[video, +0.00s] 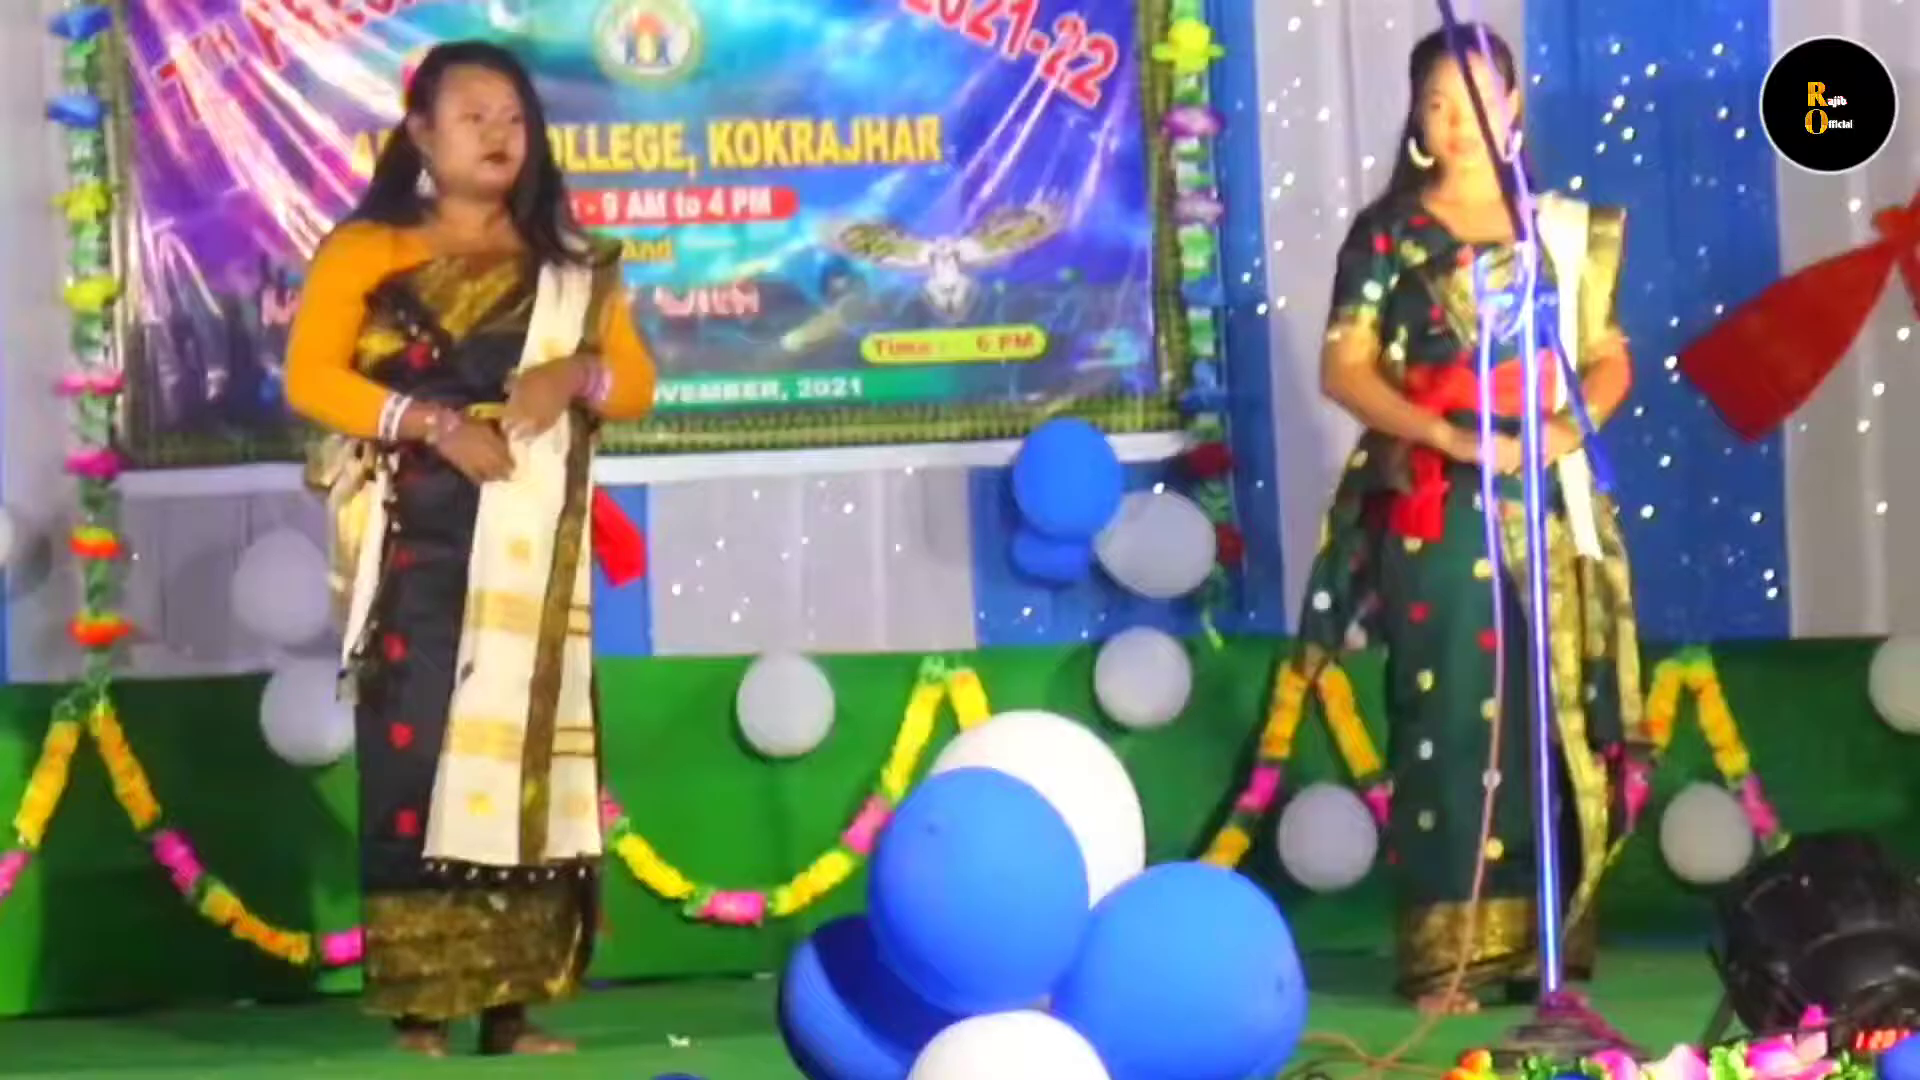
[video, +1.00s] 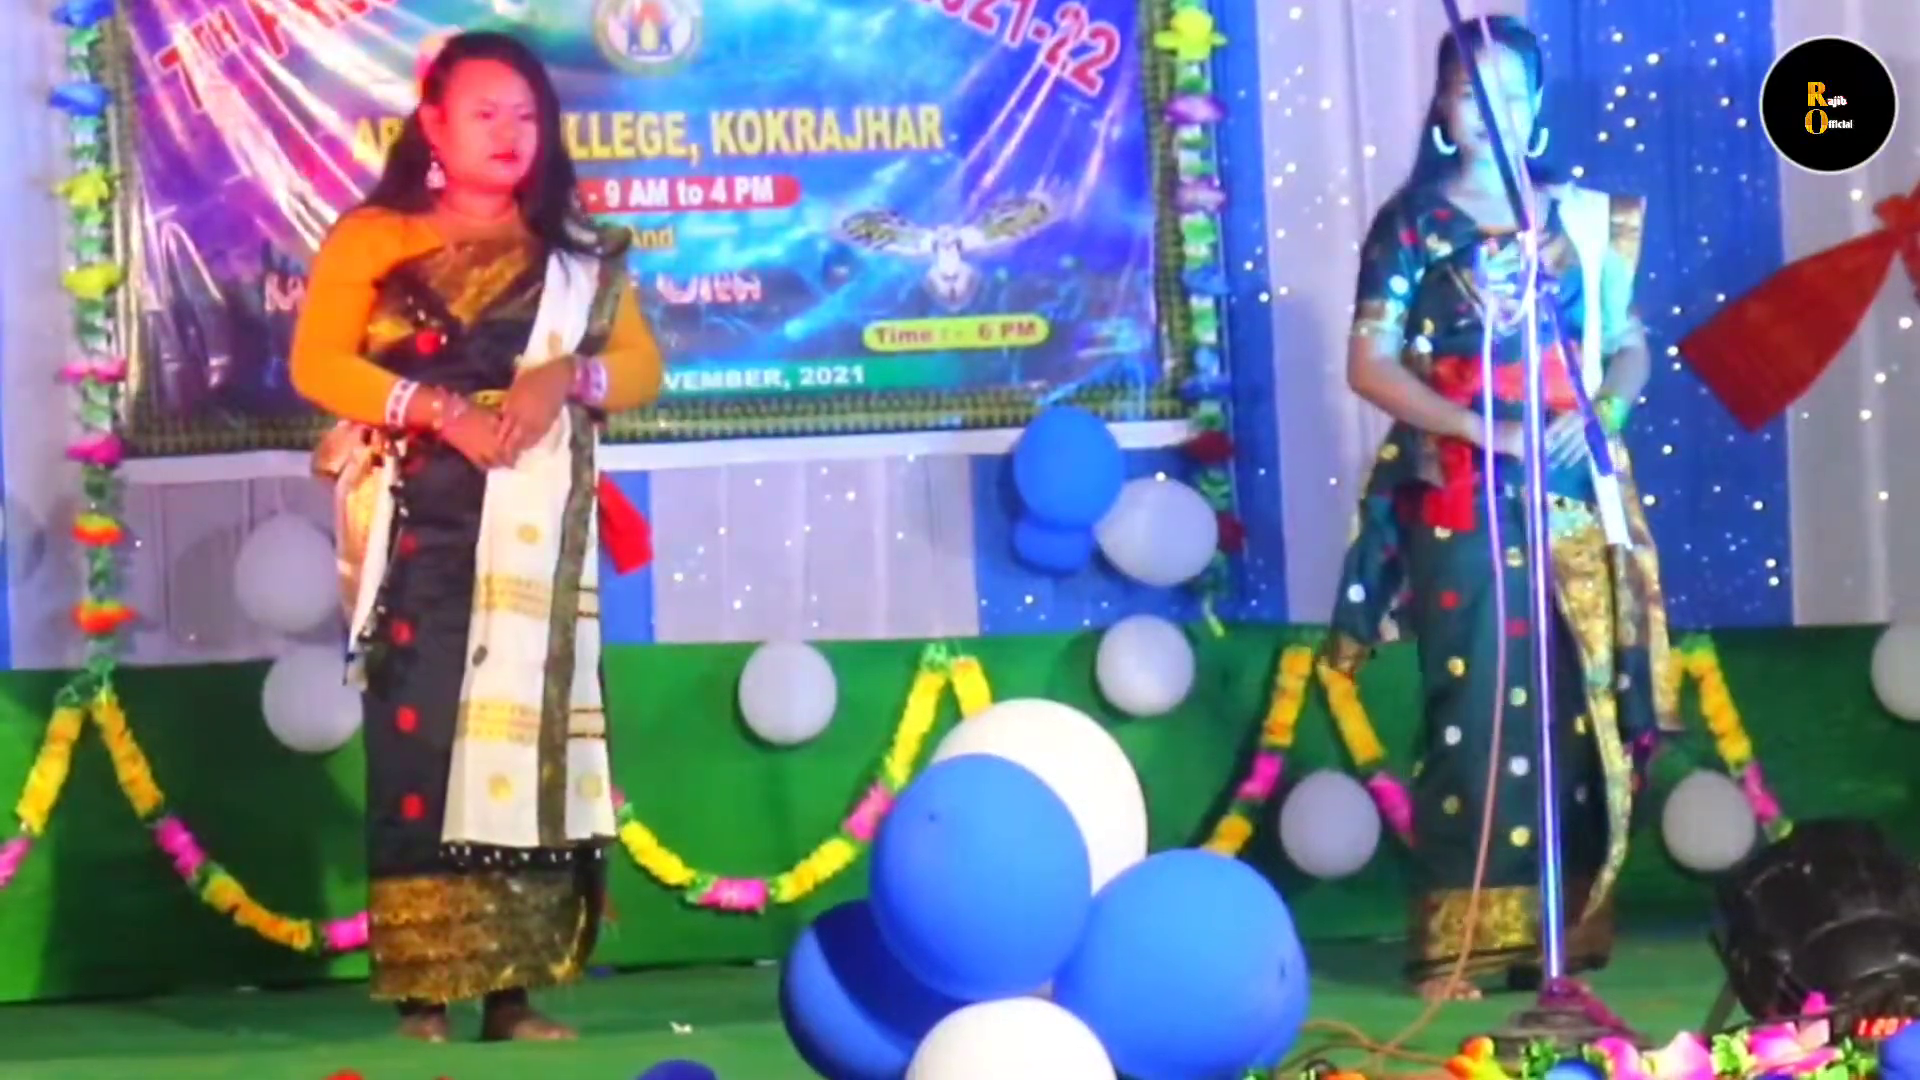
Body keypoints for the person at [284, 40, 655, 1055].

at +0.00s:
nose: (499, 134)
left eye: (514, 117)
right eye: (474, 117)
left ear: (532, 135)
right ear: (422, 135)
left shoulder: (570, 261)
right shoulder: (363, 251)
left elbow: (637, 387)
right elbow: (309, 377)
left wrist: (579, 376)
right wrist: (429, 419)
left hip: (532, 553)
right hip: (415, 549)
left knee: (529, 754)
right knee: (417, 758)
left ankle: (511, 1009)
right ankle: (422, 1011)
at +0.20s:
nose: (505, 136)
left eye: (517, 118)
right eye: (479, 117)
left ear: (534, 131)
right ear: (423, 130)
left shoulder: (571, 255)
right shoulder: (366, 247)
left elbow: (634, 379)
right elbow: (310, 372)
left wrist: (566, 382)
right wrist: (435, 415)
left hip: (539, 546)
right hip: (422, 544)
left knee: (532, 750)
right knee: (421, 755)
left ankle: (511, 1002)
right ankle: (422, 1004)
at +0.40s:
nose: (504, 136)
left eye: (519, 119)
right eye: (479, 118)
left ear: (537, 132)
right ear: (426, 131)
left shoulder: (573, 257)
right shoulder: (368, 246)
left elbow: (639, 378)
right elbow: (311, 371)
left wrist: (565, 378)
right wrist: (436, 412)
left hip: (540, 547)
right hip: (423, 545)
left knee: (532, 753)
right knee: (423, 758)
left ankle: (510, 1001)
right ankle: (424, 1003)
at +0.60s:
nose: (507, 131)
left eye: (521, 114)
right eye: (483, 113)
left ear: (539, 128)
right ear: (429, 129)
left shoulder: (570, 251)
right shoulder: (369, 240)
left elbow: (641, 375)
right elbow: (313, 366)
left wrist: (566, 376)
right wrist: (432, 406)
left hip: (534, 543)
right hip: (418, 539)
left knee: (526, 746)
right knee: (419, 751)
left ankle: (509, 996)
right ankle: (423, 997)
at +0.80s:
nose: (507, 132)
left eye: (523, 115)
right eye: (483, 114)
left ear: (541, 129)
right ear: (431, 127)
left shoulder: (572, 249)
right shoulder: (370, 239)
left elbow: (641, 373)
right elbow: (315, 363)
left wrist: (564, 375)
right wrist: (432, 405)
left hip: (535, 539)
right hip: (419, 535)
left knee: (527, 743)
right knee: (420, 748)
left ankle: (510, 993)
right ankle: (422, 993)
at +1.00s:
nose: (508, 133)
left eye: (524, 115)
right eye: (484, 114)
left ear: (545, 129)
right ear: (433, 126)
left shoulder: (574, 247)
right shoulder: (371, 237)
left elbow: (643, 371)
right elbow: (316, 363)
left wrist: (567, 376)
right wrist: (436, 407)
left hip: (537, 536)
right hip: (422, 531)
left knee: (528, 740)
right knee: (422, 744)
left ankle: (509, 991)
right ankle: (422, 990)